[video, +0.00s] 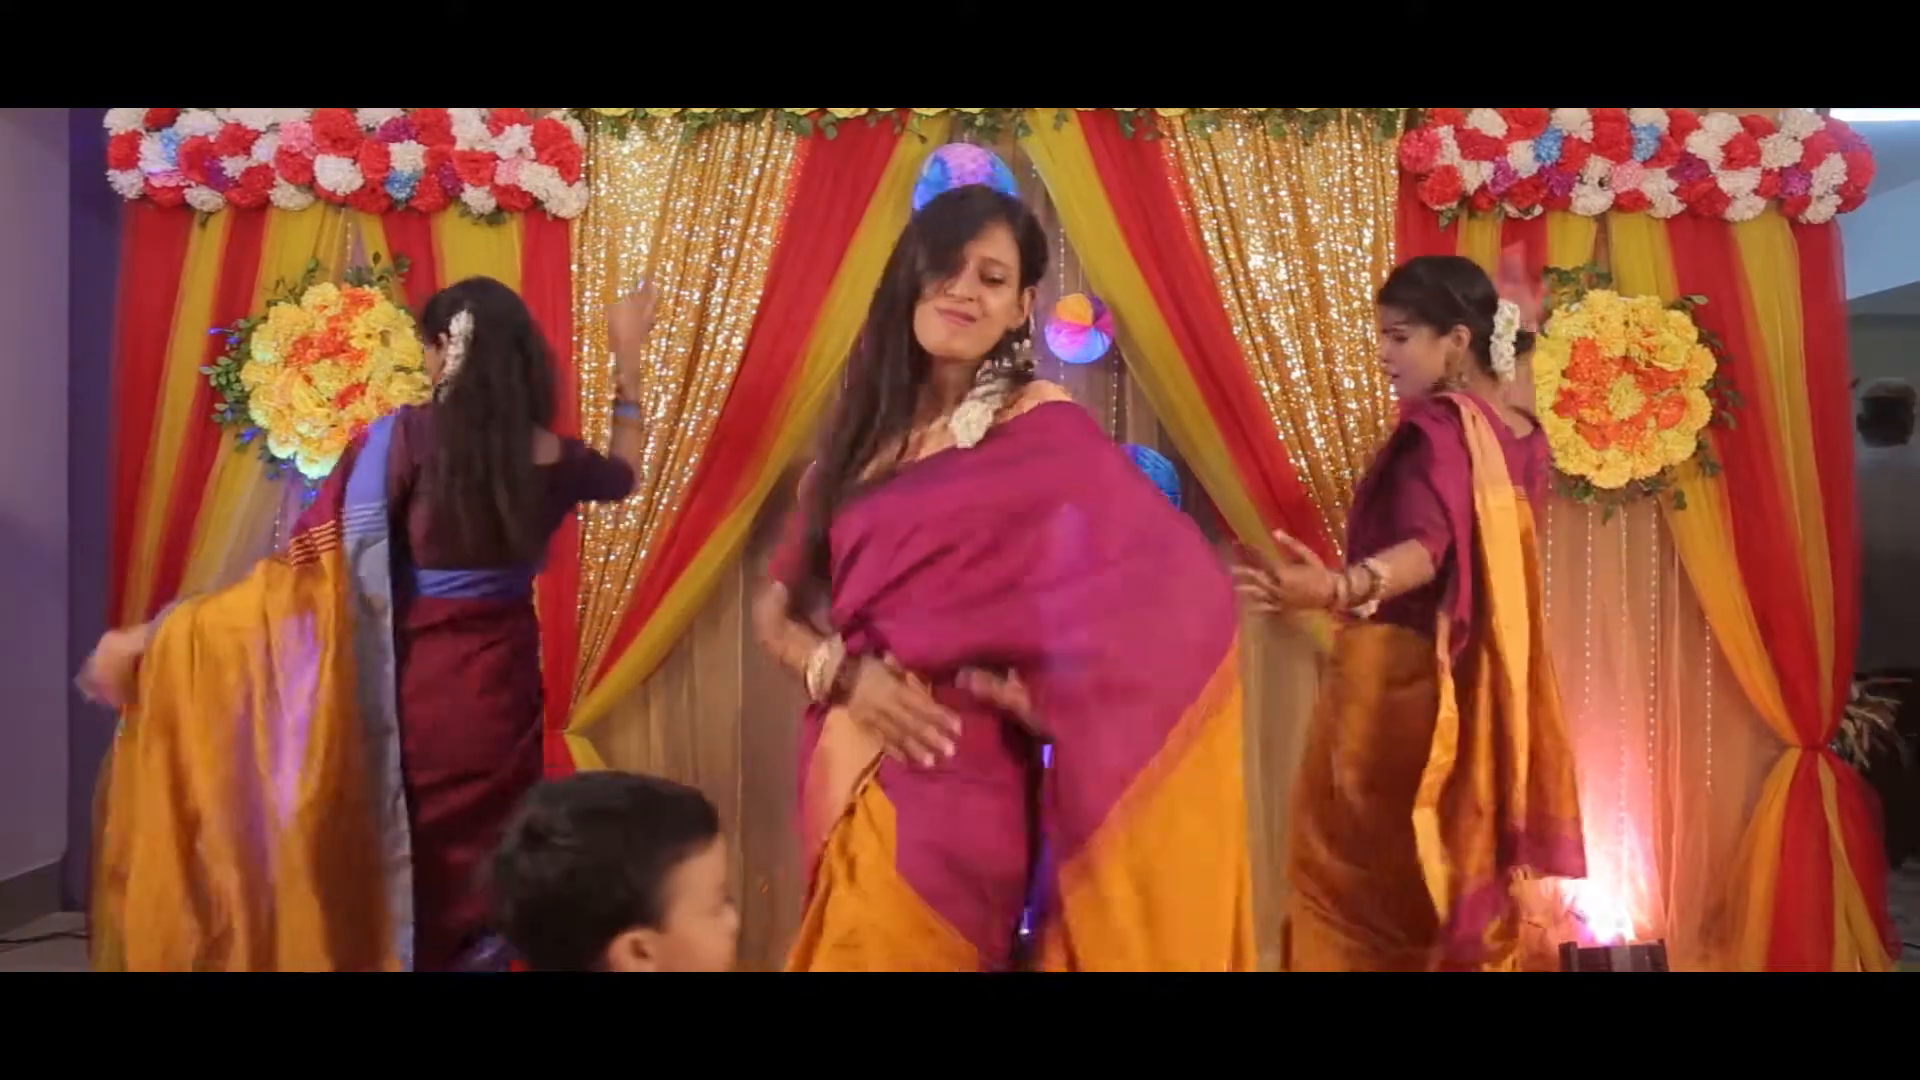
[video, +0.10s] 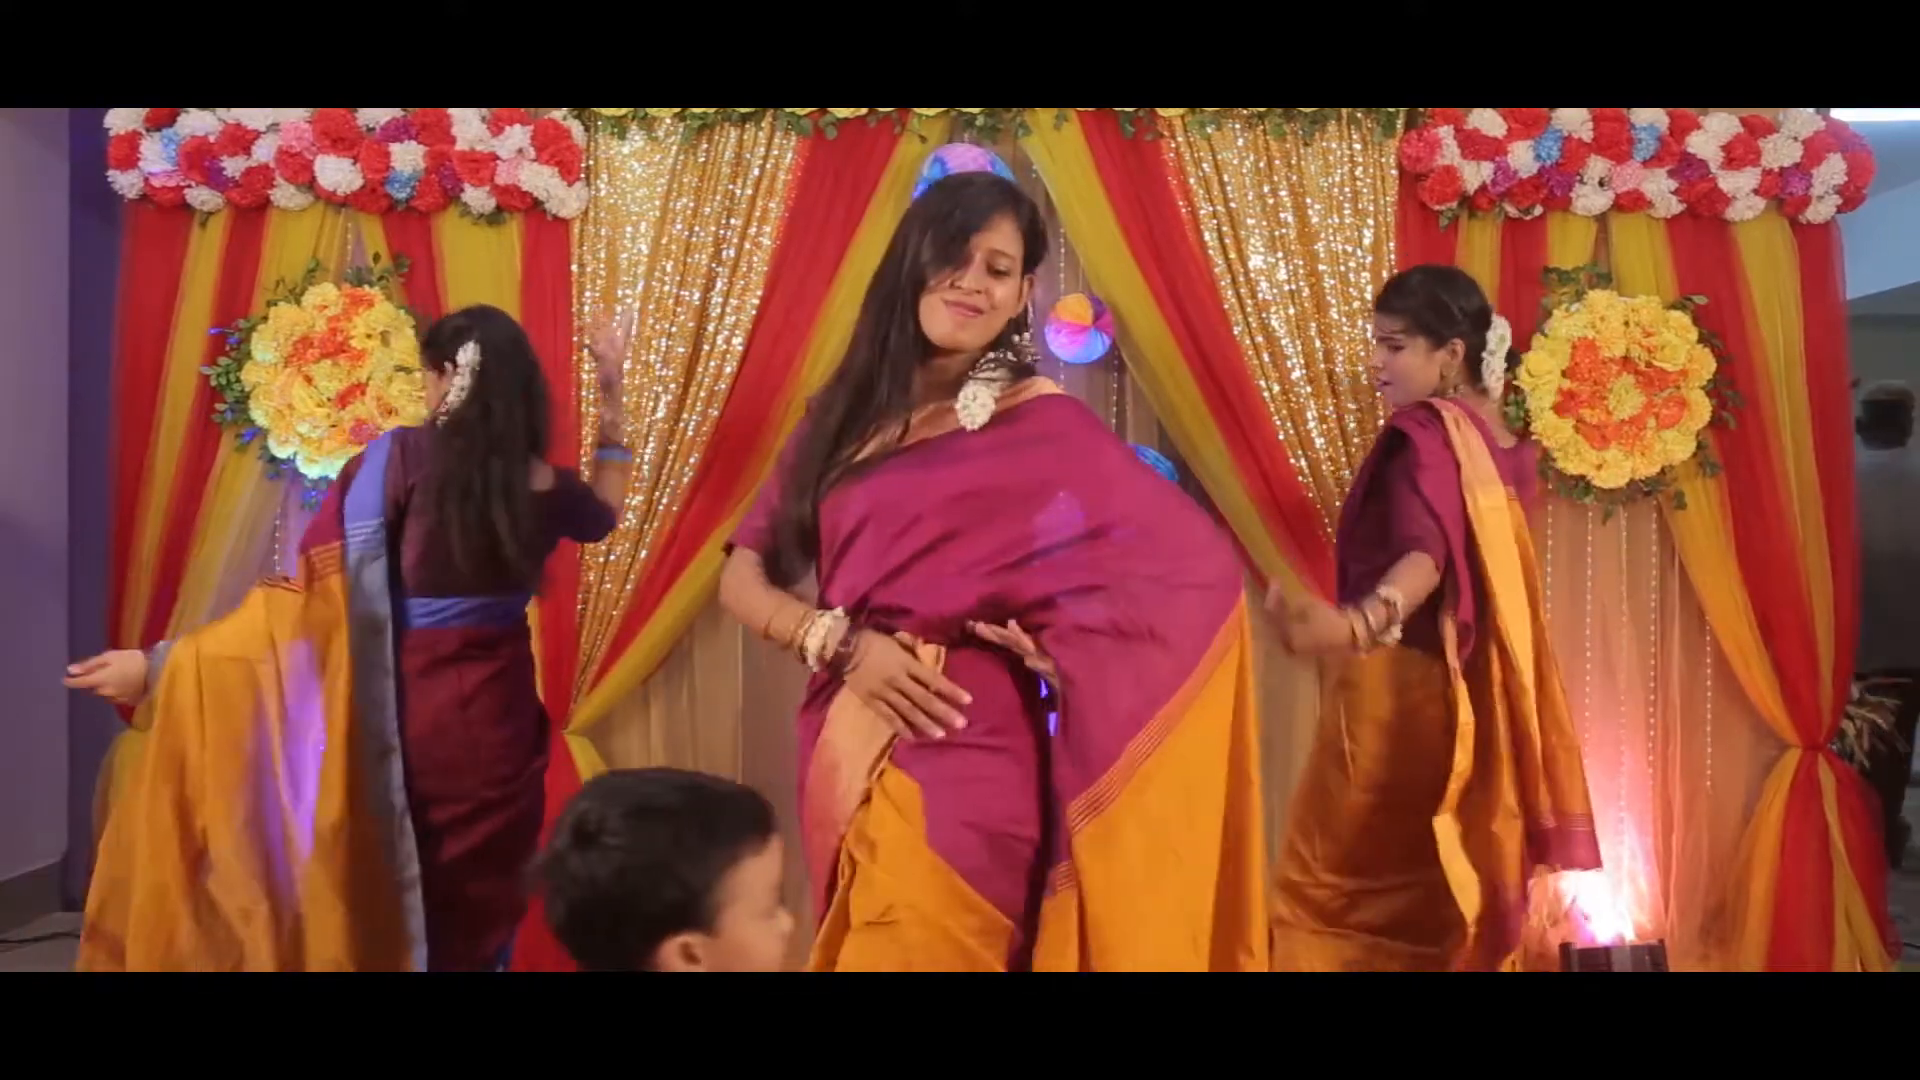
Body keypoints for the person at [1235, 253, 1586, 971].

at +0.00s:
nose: (1384, 354)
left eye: (1400, 336)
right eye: (1382, 335)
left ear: (1458, 340)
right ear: (1458, 345)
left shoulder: (1436, 427)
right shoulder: (1515, 432)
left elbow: (1427, 547)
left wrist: (1334, 585)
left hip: (1395, 667)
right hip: (1466, 670)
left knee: (1349, 864)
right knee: (1448, 856)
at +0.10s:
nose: (1376, 364)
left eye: (1393, 346)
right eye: (1376, 345)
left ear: (1451, 355)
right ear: (1454, 359)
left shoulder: (1423, 433)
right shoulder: (1488, 432)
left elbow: (1429, 550)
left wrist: (1364, 619)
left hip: (1394, 687)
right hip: (1463, 685)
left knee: (1315, 892)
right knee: (1444, 887)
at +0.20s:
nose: (1373, 362)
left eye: (1390, 344)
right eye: (1371, 344)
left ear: (1447, 353)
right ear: (1447, 358)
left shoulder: (1425, 433)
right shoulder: (1474, 432)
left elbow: (1427, 546)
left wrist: (1385, 637)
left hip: (1381, 681)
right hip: (1444, 683)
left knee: (1329, 876)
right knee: (1431, 876)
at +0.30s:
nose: (1372, 348)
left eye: (1391, 329)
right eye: (1368, 330)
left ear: (1446, 338)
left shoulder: (1450, 423)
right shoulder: (1429, 421)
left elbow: (1461, 519)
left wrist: (1437, 584)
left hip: (1384, 650)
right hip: (1367, 646)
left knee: (1346, 848)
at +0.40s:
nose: (1374, 348)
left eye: (1394, 328)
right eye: (1366, 328)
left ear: (1446, 338)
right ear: (1360, 332)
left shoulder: (1459, 427)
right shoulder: (1406, 427)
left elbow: (1483, 524)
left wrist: (1466, 576)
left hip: (1391, 653)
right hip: (1339, 650)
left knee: (1363, 865)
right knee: (1302, 862)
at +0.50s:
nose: (1374, 349)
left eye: (1393, 330)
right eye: (1366, 329)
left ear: (1446, 340)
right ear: (1362, 336)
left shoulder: (1467, 430)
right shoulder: (1392, 431)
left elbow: (1495, 520)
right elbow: (1358, 400)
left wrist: (1483, 576)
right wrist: (1339, 325)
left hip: (1407, 658)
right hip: (1343, 656)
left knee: (1348, 873)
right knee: (1295, 863)